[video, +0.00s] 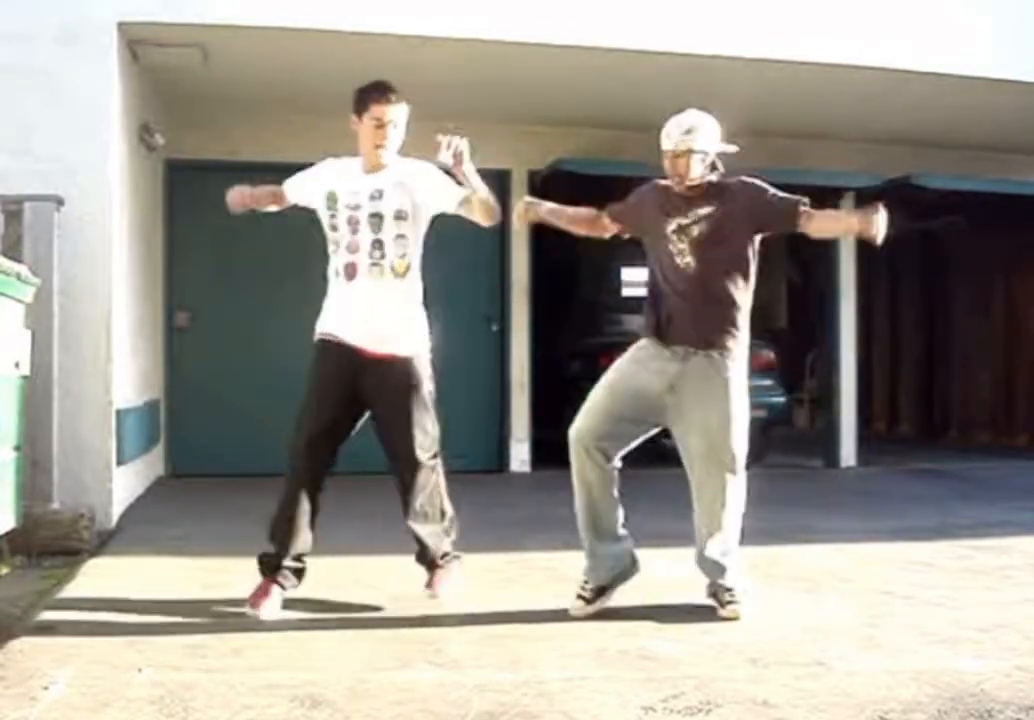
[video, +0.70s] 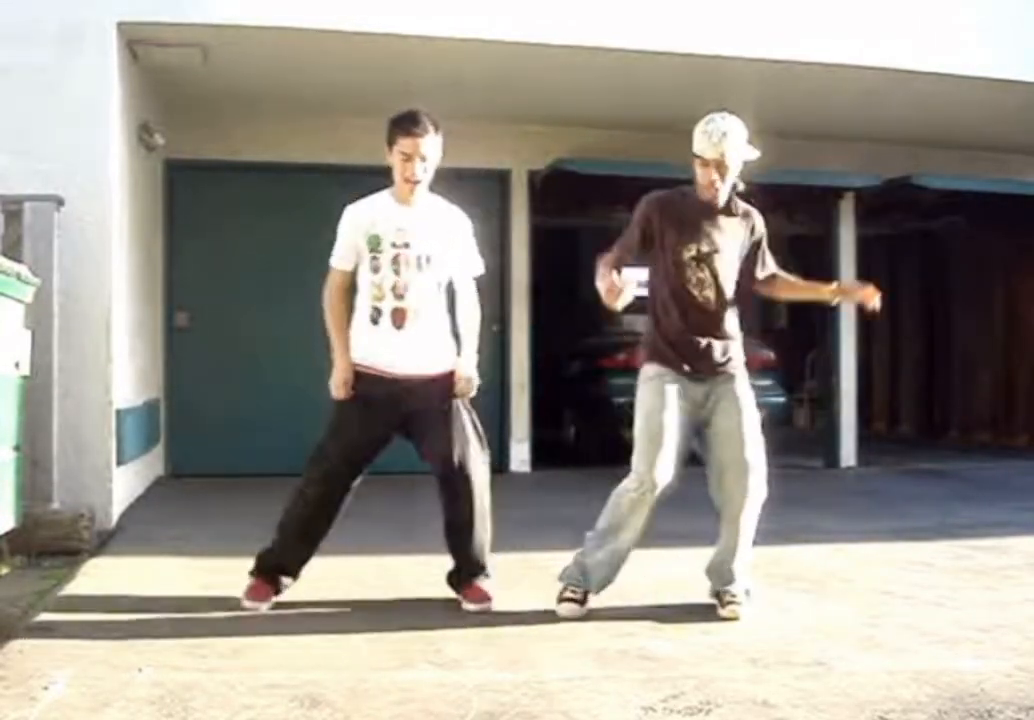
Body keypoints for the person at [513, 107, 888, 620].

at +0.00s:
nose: (688, 165)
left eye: (698, 155)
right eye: (680, 155)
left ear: (714, 157)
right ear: (665, 156)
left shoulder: (743, 197)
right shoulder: (650, 198)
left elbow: (805, 218)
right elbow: (600, 222)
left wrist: (858, 221)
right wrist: (540, 209)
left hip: (715, 360)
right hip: (653, 351)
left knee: (719, 468)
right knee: (587, 438)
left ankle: (722, 576)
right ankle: (609, 560)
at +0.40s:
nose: (711, 183)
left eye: (721, 173)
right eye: (704, 173)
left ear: (740, 173)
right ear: (692, 172)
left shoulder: (762, 220)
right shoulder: (672, 210)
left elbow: (827, 264)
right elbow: (610, 238)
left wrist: (857, 218)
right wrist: (595, 189)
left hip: (730, 367)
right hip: (672, 357)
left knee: (730, 477)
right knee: (606, 440)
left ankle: (723, 580)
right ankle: (642, 565)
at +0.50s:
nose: (708, 162)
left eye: (718, 153)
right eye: (701, 152)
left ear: (739, 150)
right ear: (690, 150)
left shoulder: (763, 201)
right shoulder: (673, 192)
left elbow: (808, 261)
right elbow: (629, 222)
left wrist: (803, 216)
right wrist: (623, 215)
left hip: (730, 357)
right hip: (669, 347)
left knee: (733, 470)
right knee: (615, 435)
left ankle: (725, 579)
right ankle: (619, 557)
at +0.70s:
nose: (713, 177)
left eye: (724, 167)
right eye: (706, 165)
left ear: (740, 166)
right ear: (693, 161)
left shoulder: (748, 221)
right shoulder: (659, 209)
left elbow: (768, 281)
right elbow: (611, 261)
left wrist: (838, 291)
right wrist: (611, 289)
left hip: (727, 368)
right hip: (666, 366)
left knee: (747, 478)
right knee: (652, 476)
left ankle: (730, 582)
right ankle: (581, 577)